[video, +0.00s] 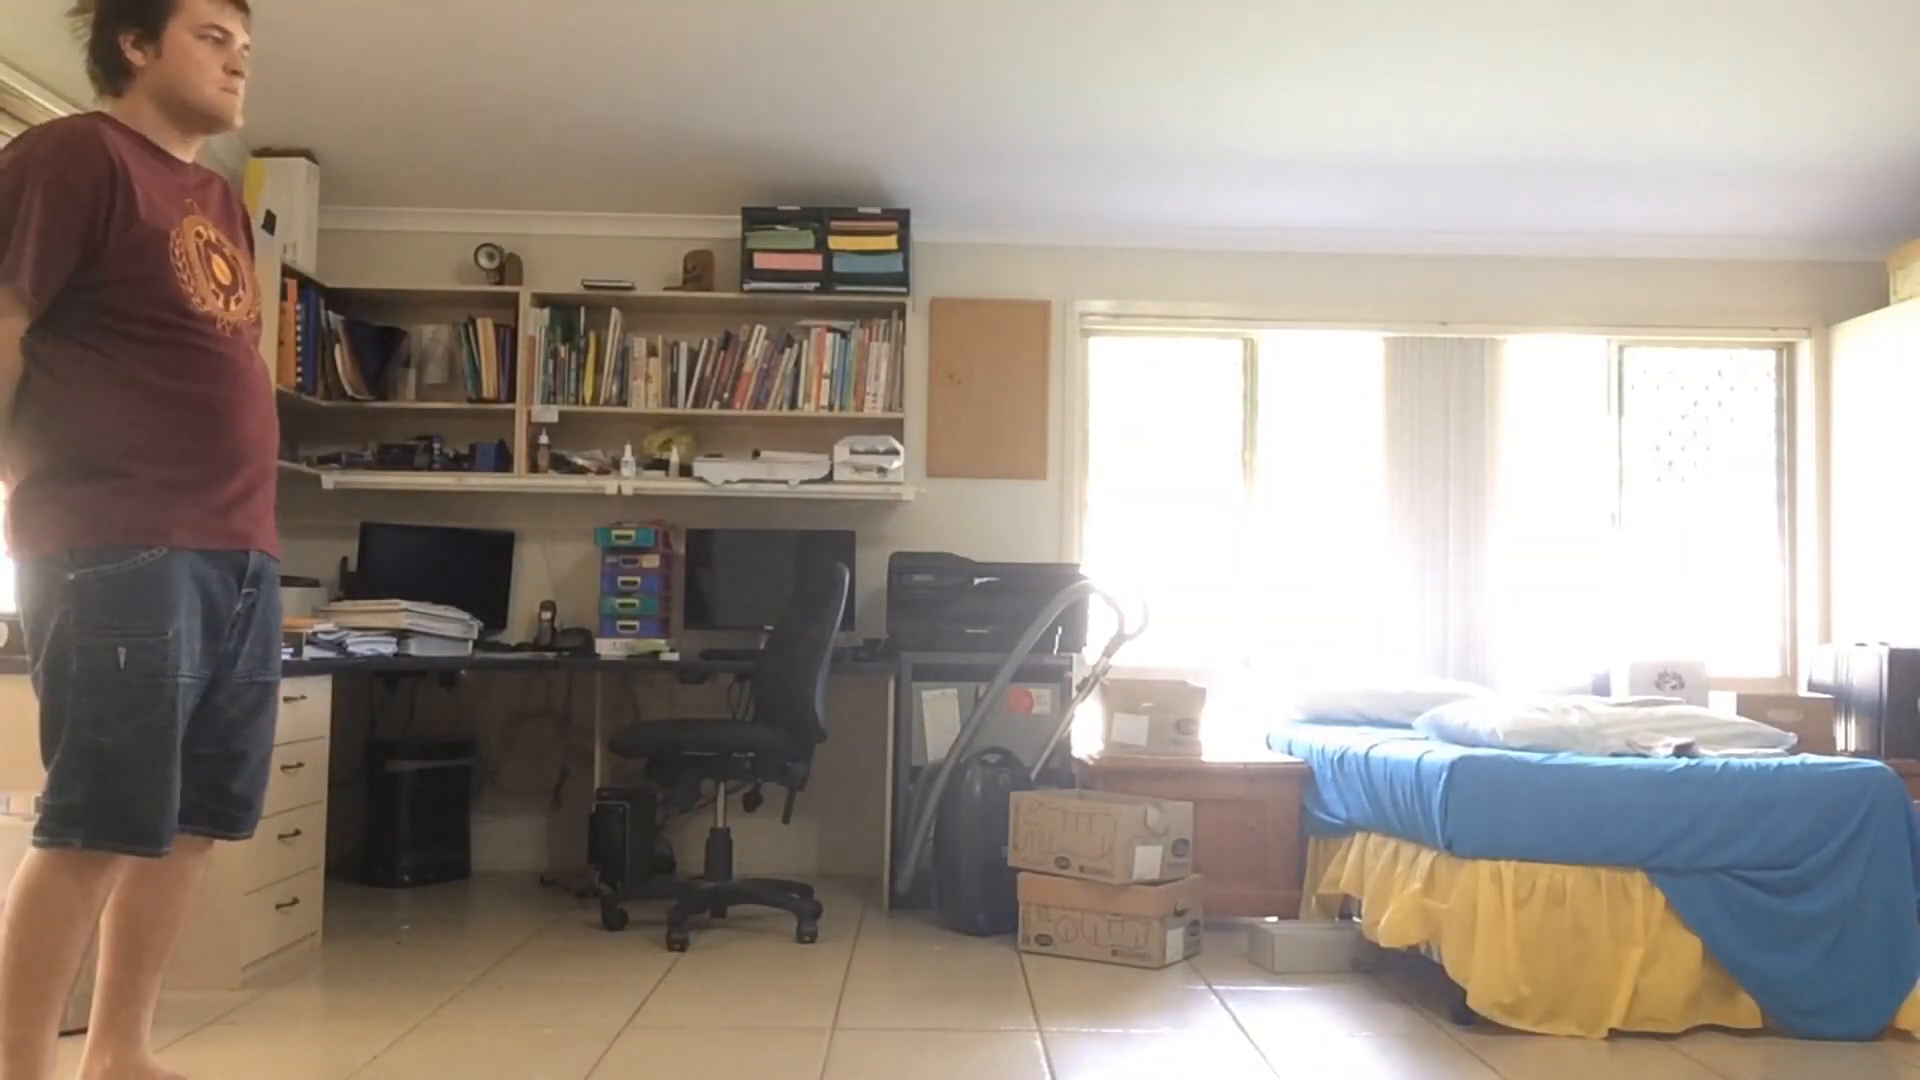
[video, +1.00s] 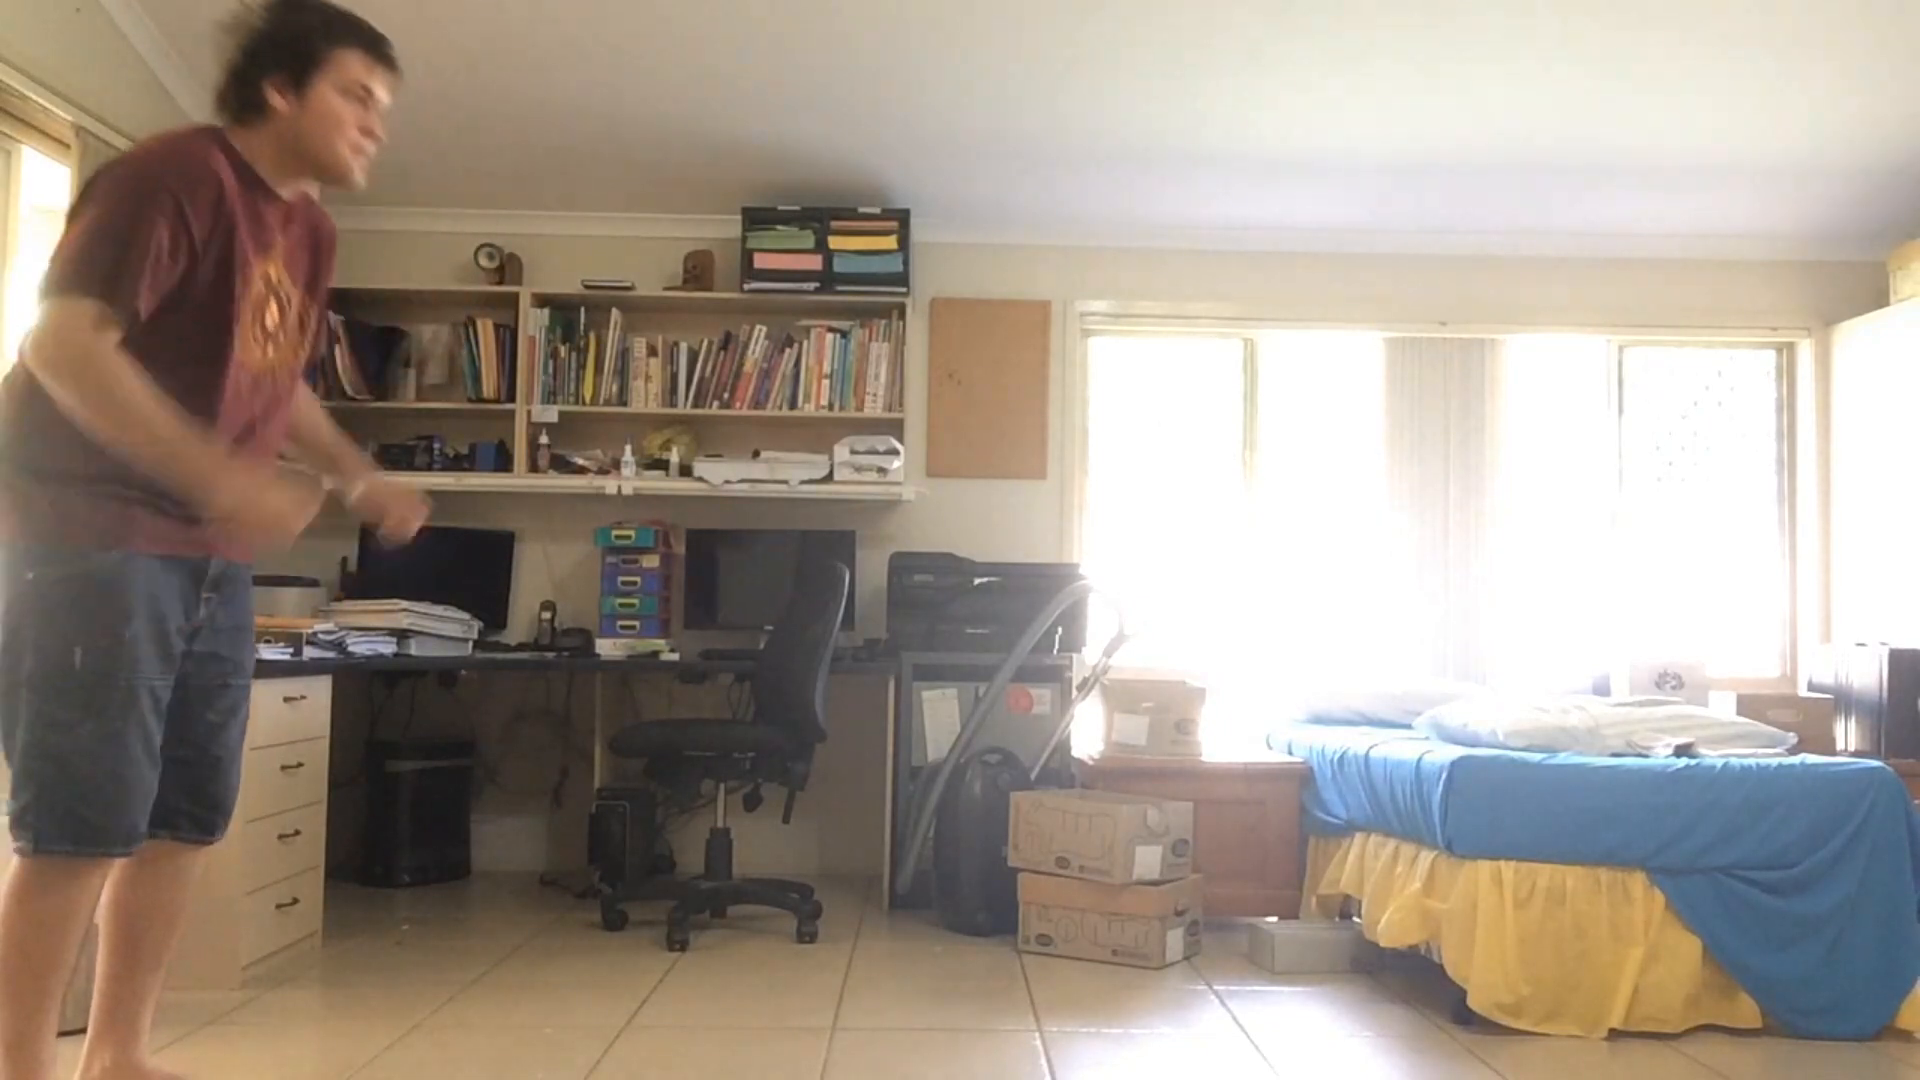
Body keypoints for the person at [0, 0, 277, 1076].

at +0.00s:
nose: (240, 52)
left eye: (244, 36)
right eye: (214, 32)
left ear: (236, 60)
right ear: (136, 47)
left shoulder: (224, 194)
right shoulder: (64, 156)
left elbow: (219, 363)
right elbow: (5, 330)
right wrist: (23, 496)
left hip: (237, 546)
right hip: (108, 544)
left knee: (190, 821)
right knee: (97, 824)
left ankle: (118, 1058)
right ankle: (23, 1065)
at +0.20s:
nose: (317, 101)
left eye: (324, 85)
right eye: (296, 73)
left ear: (314, 104)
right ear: (219, 72)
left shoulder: (270, 220)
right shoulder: (110, 168)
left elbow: (255, 379)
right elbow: (4, 329)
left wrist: (233, 496)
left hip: (221, 548)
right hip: (92, 542)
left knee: (184, 818)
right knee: (83, 824)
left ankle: (118, 1056)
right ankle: (21, 1064)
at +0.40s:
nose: (432, 240)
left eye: (441, 223)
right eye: (419, 212)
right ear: (341, 194)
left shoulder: (338, 310)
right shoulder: (188, 242)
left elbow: (238, 411)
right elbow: (10, 297)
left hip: (182, 560)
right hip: (57, 544)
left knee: (174, 811)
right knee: (69, 811)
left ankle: (116, 1053)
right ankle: (21, 1059)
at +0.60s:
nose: (458, 349)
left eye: (468, 332)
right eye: (449, 319)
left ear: (388, 301)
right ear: (380, 289)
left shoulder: (358, 385)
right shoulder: (221, 311)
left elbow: (227, 458)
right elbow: (22, 338)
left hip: (178, 571)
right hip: (50, 553)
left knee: (193, 803)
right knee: (92, 808)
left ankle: (118, 1055)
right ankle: (23, 1064)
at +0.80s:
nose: (449, 248)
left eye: (457, 231)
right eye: (435, 218)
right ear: (356, 203)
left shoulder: (355, 320)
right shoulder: (207, 261)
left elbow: (259, 443)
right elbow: (29, 385)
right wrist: (10, 560)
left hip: (191, 564)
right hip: (73, 550)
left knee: (194, 806)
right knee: (96, 810)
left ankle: (118, 1054)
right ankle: (25, 1063)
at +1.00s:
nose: (378, 124)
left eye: (383, 108)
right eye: (360, 96)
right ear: (282, 89)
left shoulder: (311, 231)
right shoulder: (174, 174)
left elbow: (274, 386)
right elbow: (63, 340)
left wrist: (360, 478)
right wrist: (216, 477)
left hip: (213, 551)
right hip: (91, 542)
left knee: (176, 824)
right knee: (74, 829)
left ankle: (116, 1058)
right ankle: (25, 1062)